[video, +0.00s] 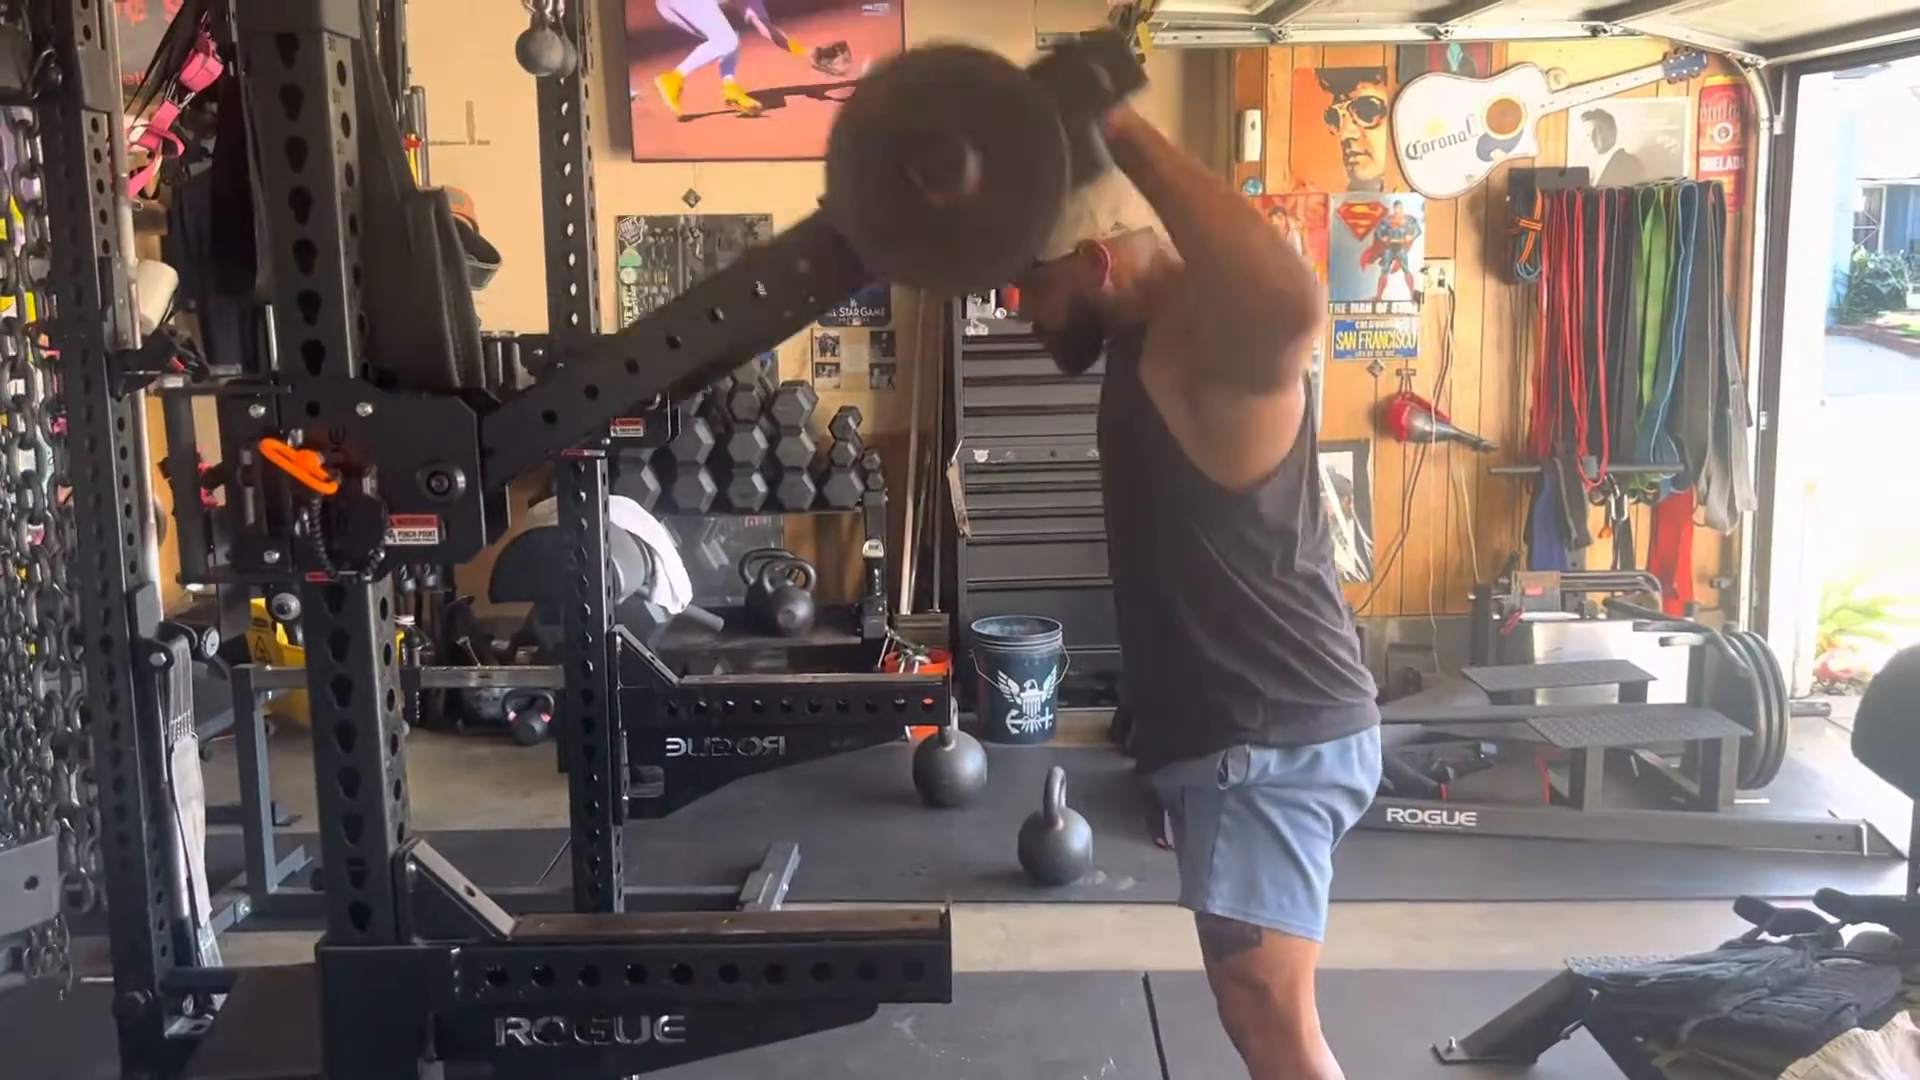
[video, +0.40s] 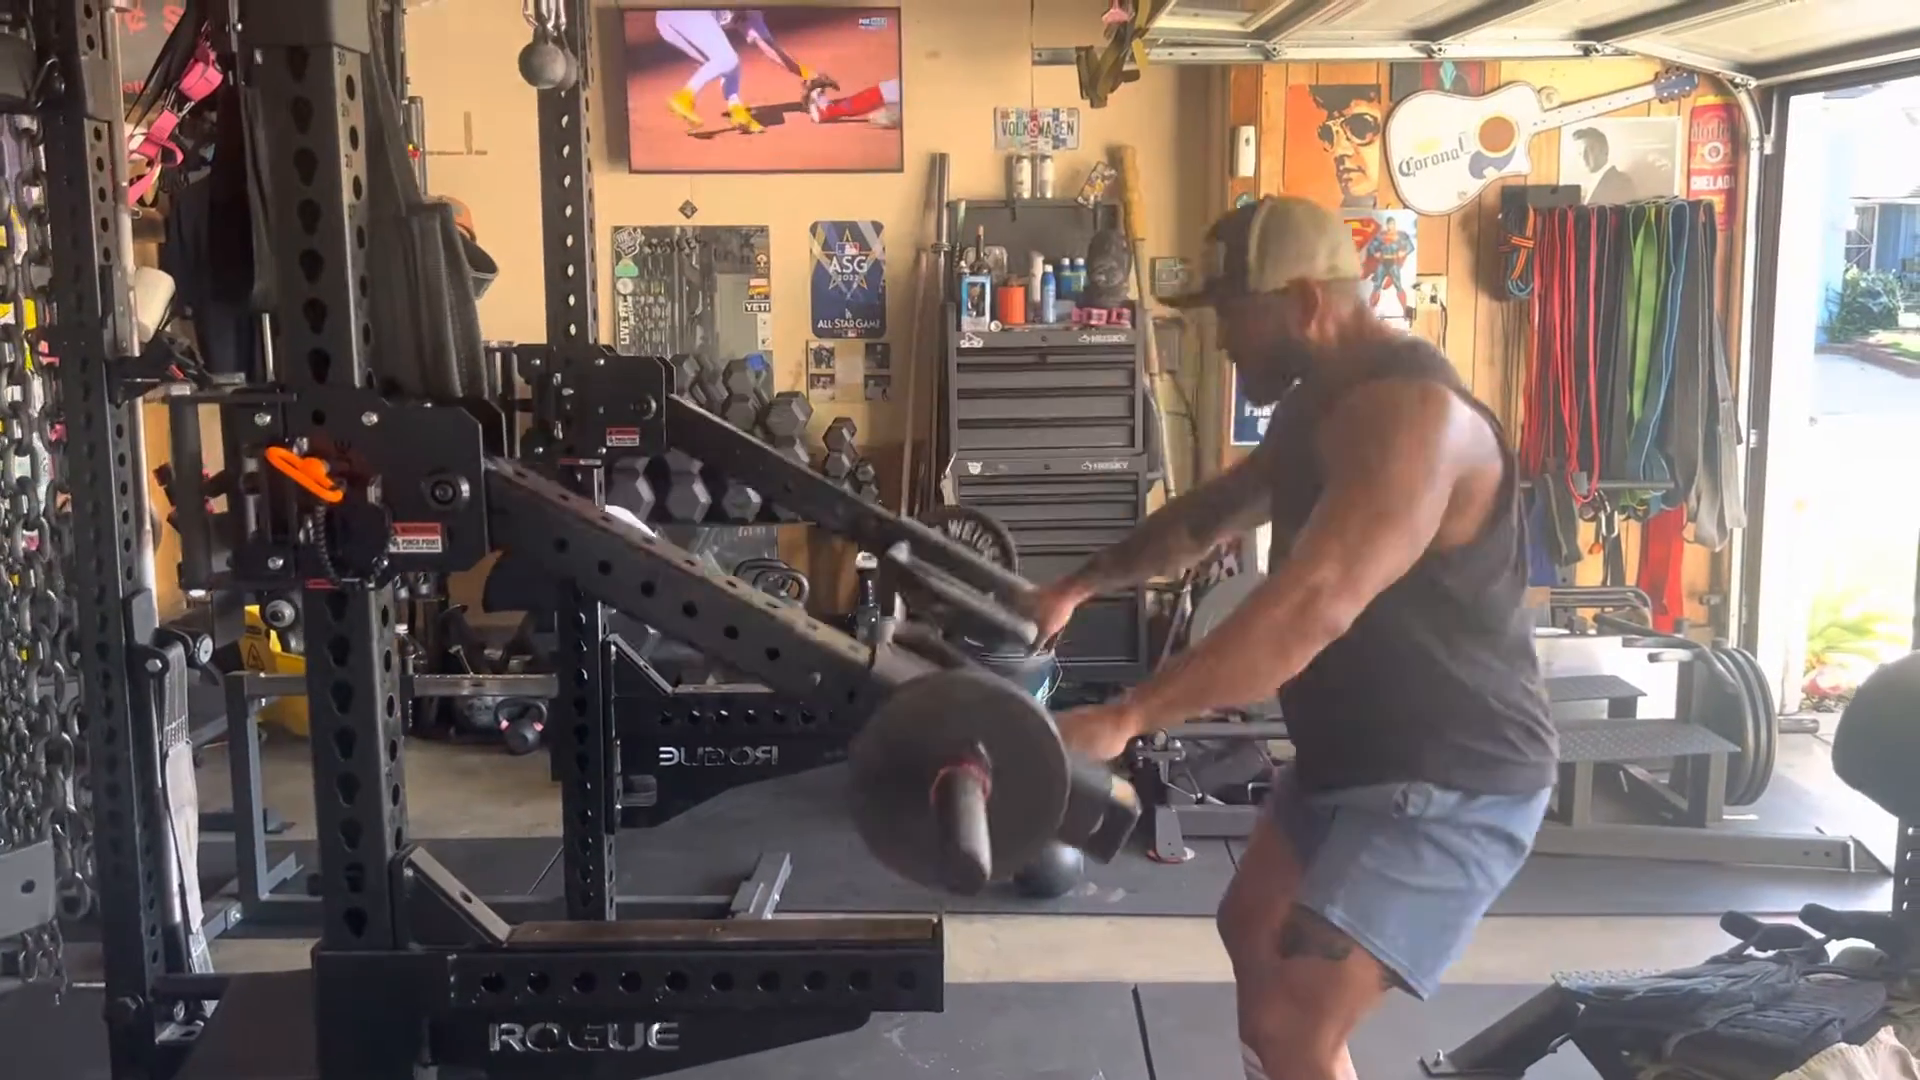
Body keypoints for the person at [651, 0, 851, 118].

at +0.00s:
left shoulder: (754, 5)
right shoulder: (752, 5)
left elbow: (771, 31)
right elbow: (769, 33)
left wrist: (805, 52)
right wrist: (805, 52)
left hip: (682, 4)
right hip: (681, 1)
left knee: (730, 42)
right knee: (724, 40)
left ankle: (730, 90)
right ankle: (674, 78)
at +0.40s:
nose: (761, 10)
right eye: (759, 10)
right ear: (752, 8)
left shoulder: (748, 15)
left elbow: (769, 47)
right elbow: (767, 45)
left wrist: (802, 74)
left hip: (667, 17)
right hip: (686, 11)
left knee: (730, 63)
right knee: (725, 58)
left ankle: (738, 113)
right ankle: (683, 98)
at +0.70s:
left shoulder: (741, 36)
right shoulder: (755, 18)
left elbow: (768, 60)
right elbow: (770, 56)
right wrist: (794, 90)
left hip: (670, 34)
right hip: (693, 27)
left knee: (734, 81)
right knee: (728, 74)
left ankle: (737, 126)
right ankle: (698, 111)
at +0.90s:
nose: (772, 36)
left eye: (773, 33)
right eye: (770, 31)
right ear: (762, 29)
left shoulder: (751, 50)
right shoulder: (756, 33)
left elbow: (778, 80)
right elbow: (780, 78)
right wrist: (790, 110)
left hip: (671, 47)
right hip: (693, 36)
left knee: (736, 89)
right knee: (729, 83)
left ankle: (733, 130)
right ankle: (712, 119)